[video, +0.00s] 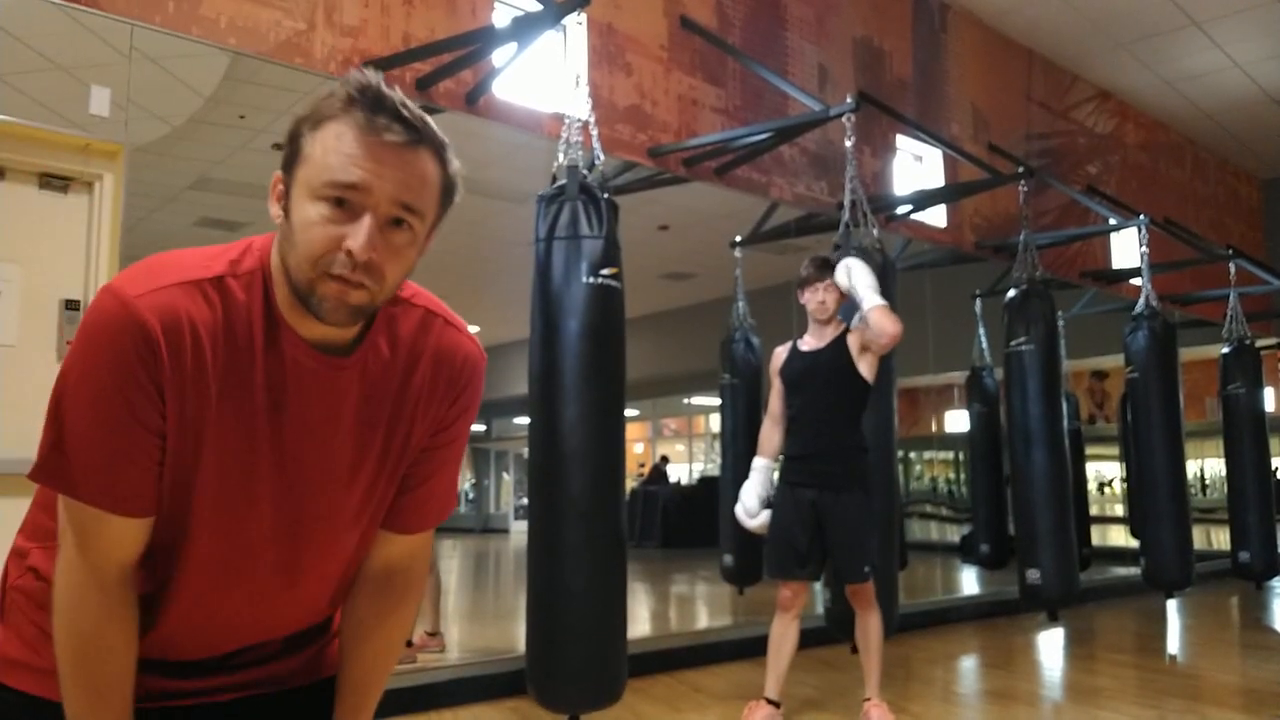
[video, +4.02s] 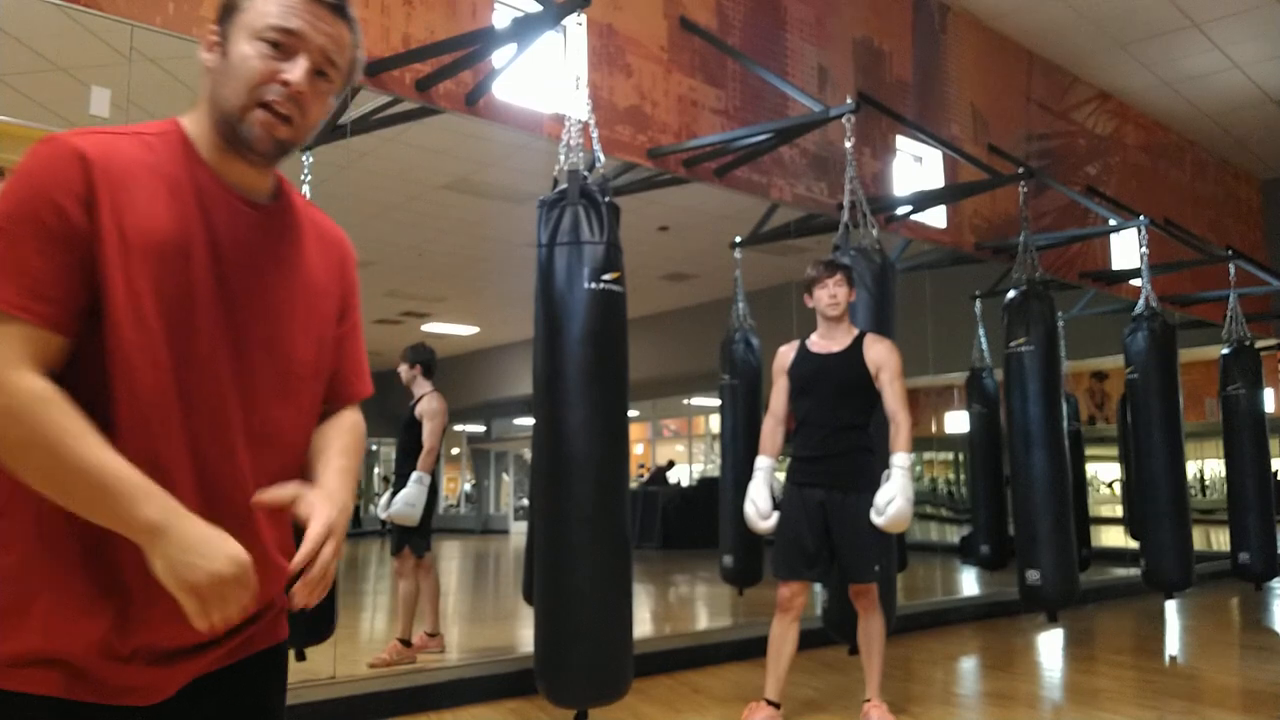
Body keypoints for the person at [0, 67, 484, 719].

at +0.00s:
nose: (360, 248)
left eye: (399, 224)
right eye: (339, 203)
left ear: (423, 245)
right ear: (280, 196)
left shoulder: (445, 361)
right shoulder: (147, 319)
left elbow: (394, 573)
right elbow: (98, 570)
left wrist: (353, 713)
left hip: (285, 677)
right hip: (85, 673)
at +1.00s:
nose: (363, 152)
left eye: (399, 141)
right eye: (345, 113)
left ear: (417, 183)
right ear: (287, 119)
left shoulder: (415, 312)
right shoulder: (159, 251)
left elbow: (384, 503)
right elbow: (170, 536)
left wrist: (260, 498)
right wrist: (228, 708)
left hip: (256, 635)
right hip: (63, 637)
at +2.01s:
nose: (398, 180)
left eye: (429, 168)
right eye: (381, 139)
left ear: (438, 197)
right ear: (313, 127)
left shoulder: (403, 327)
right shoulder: (157, 247)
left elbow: (366, 512)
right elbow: (99, 515)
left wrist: (285, 650)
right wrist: (215, 694)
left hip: (219, 679)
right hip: (46, 668)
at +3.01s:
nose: (352, 118)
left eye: (385, 108)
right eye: (336, 81)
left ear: (399, 142)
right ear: (274, 81)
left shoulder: (385, 284)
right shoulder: (129, 207)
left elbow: (366, 459)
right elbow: (67, 451)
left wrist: (285, 599)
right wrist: (205, 632)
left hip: (254, 669)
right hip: (67, 663)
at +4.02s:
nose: (296, 80)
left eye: (325, 73)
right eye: (277, 45)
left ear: (332, 104)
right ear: (214, 43)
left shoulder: (328, 250)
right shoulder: (78, 173)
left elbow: (341, 407)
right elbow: (10, 375)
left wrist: (332, 492)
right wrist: (163, 527)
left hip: (239, 663)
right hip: (62, 664)